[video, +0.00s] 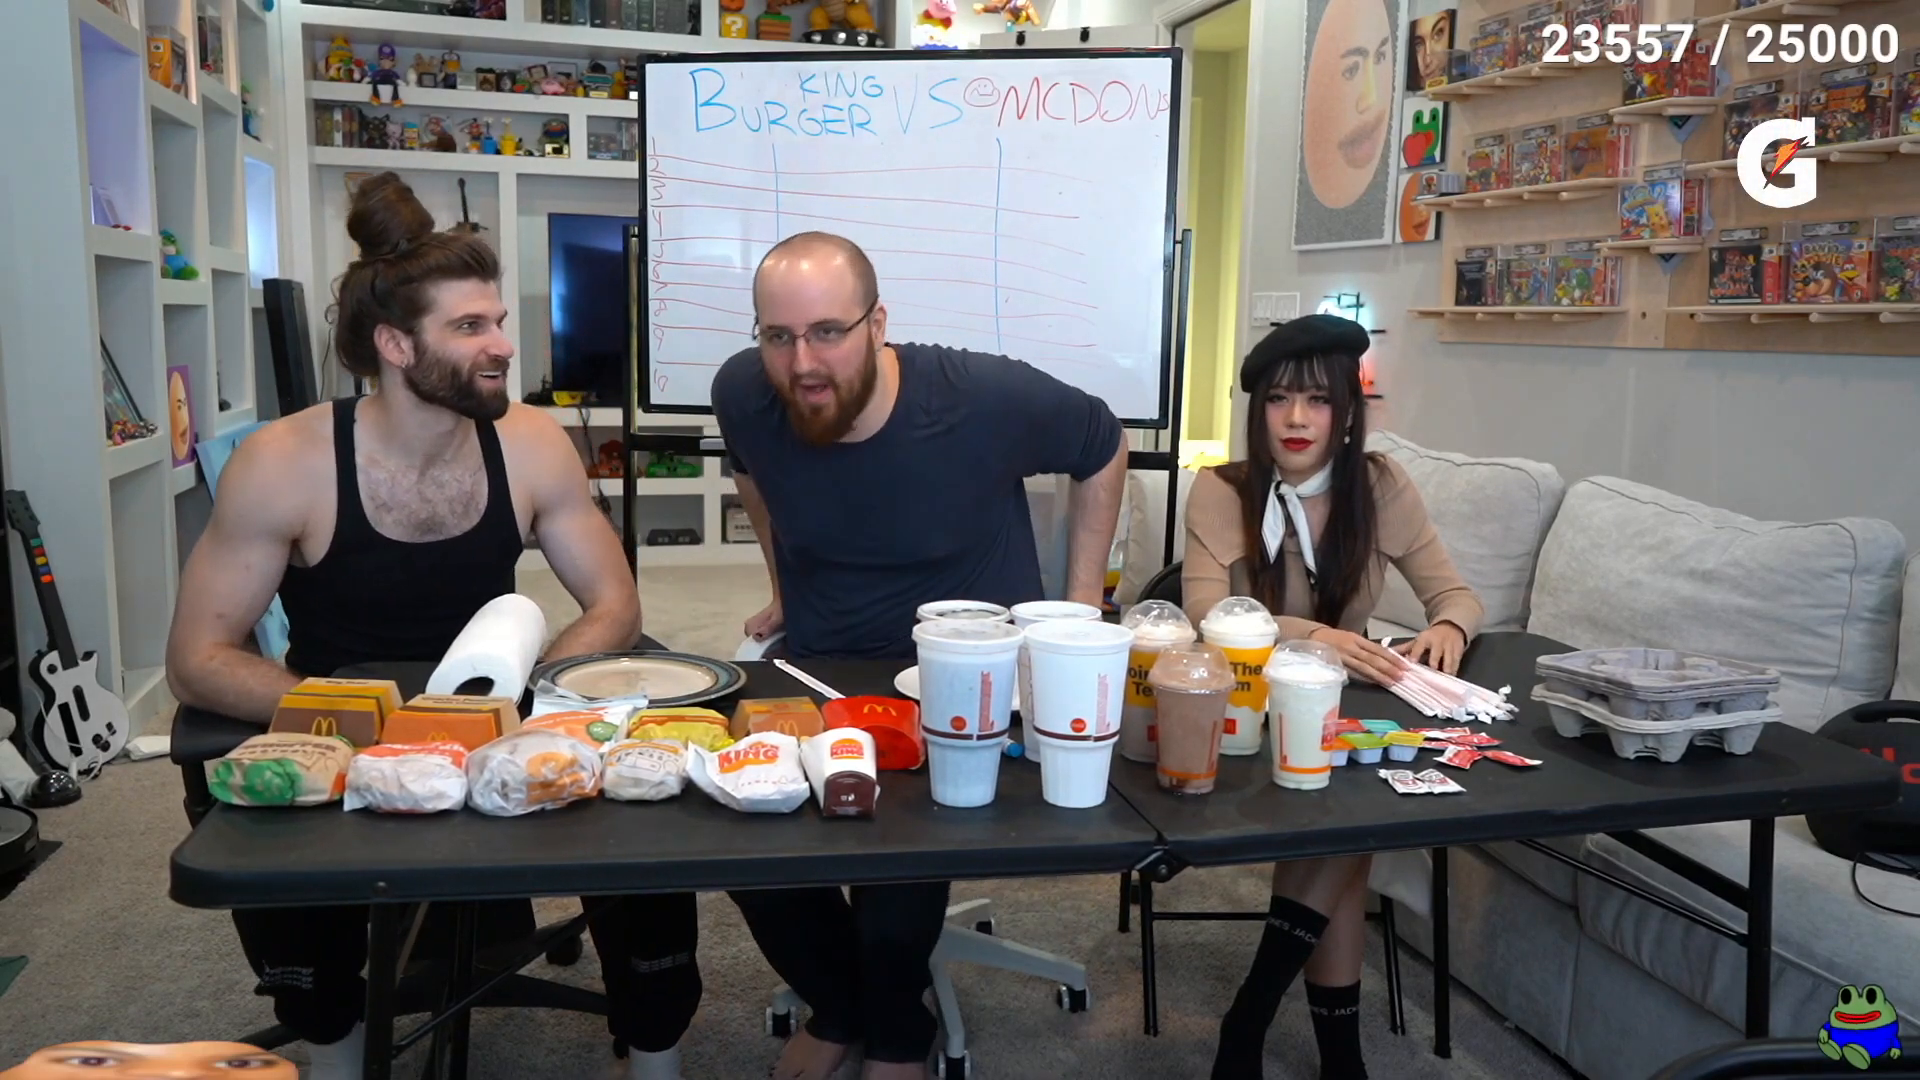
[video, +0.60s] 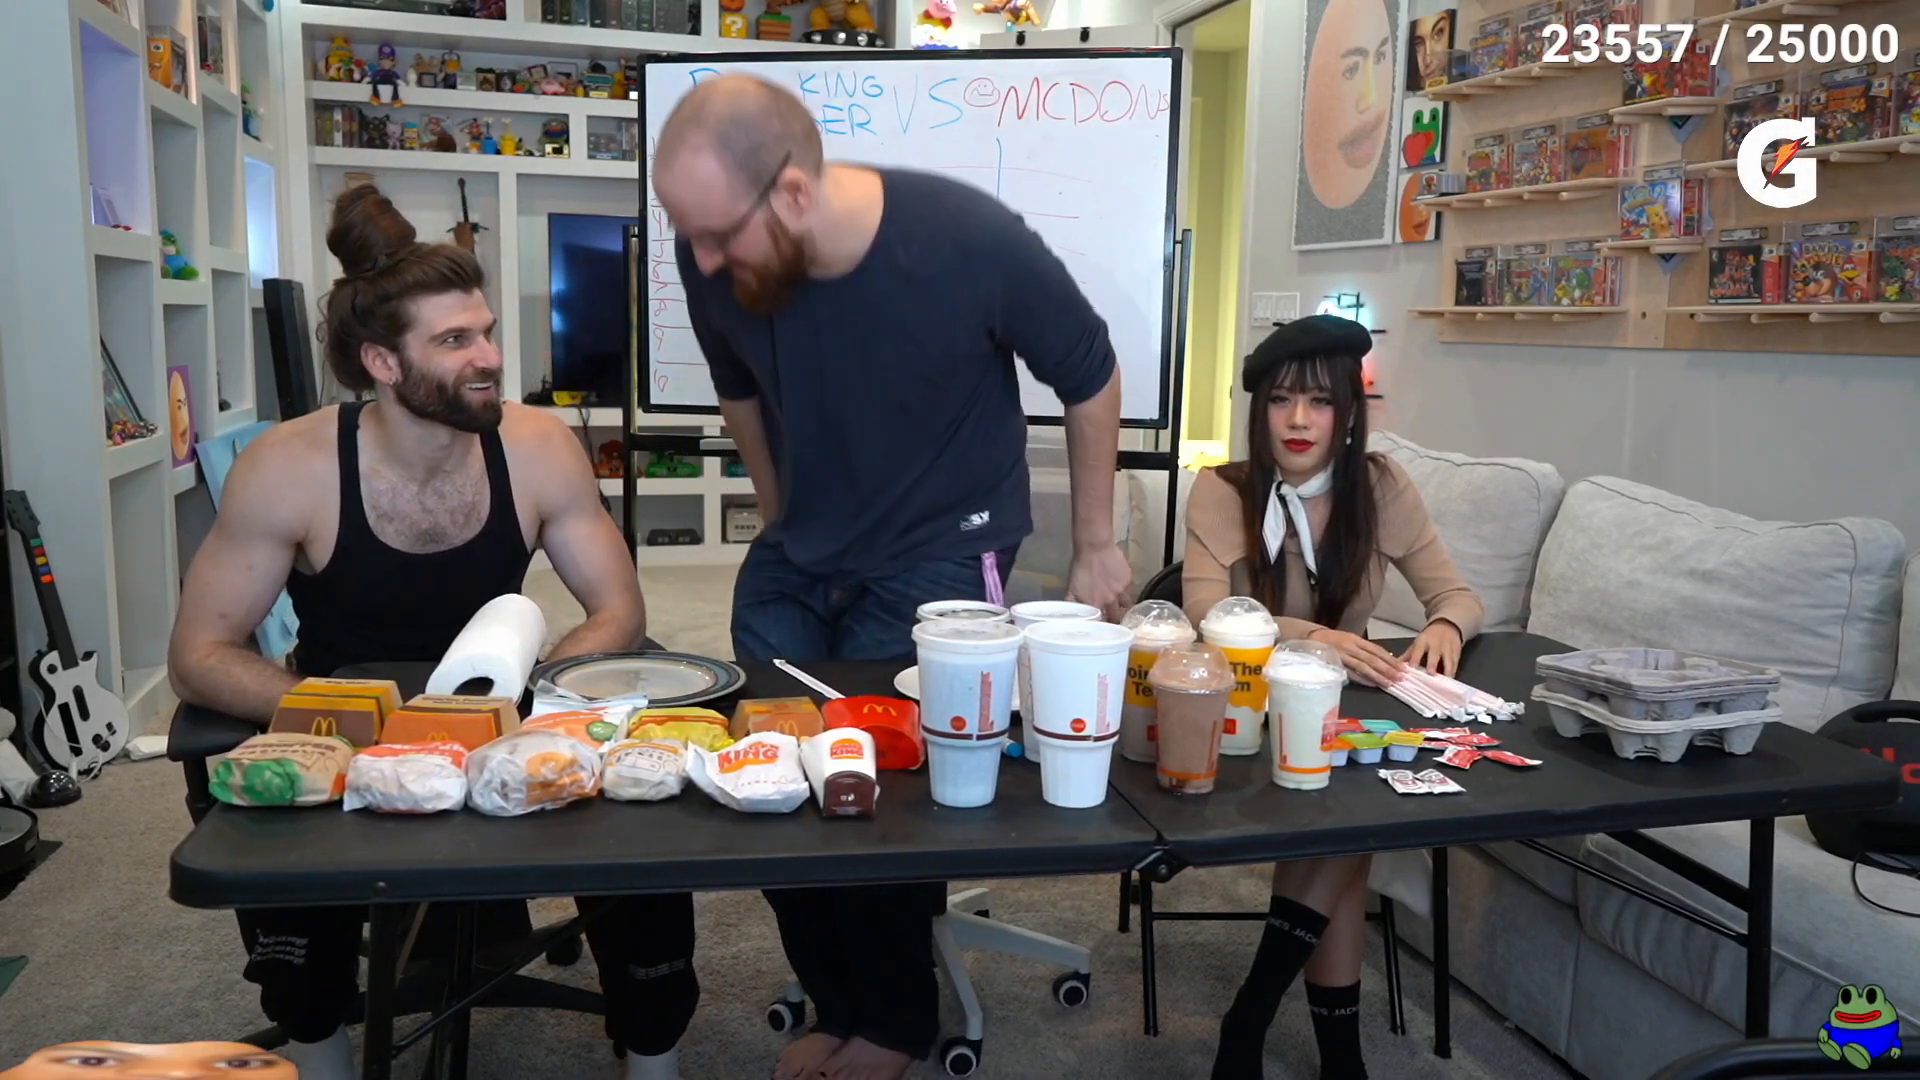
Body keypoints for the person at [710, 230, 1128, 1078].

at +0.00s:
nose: (803, 362)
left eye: (827, 334)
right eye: (780, 337)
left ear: (876, 324)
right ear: (759, 333)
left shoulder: (981, 396)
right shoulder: (744, 395)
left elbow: (1104, 444)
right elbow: (754, 482)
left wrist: (1082, 606)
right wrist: (784, 590)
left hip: (953, 683)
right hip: (814, 674)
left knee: (900, 846)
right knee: (748, 828)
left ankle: (894, 1040)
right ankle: (835, 1013)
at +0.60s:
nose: (703, 262)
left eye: (716, 238)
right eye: (690, 240)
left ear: (795, 189)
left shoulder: (970, 240)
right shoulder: (711, 250)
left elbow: (1090, 373)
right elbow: (740, 390)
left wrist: (1097, 544)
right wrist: (779, 516)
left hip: (934, 571)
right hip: (796, 560)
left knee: (873, 811)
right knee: (763, 798)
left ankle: (898, 1030)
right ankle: (837, 1016)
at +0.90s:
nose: (682, 104)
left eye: (680, 76)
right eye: (672, 82)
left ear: (746, 46)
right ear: (744, 50)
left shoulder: (950, 155)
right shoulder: (763, 150)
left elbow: (1052, 350)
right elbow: (780, 323)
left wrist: (1018, 538)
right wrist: (782, 461)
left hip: (903, 541)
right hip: (776, 514)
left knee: (854, 797)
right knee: (731, 760)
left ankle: (900, 1023)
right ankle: (814, 982)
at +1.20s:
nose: (634, 79)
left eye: (623, 49)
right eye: (621, 55)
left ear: (671, 20)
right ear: (686, 18)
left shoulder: (854, 121)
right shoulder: (765, 122)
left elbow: (972, 335)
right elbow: (827, 328)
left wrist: (894, 521)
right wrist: (784, 485)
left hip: (866, 522)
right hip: (783, 505)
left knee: (850, 771)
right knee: (716, 730)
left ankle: (893, 1025)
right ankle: (770, 980)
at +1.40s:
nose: (602, 86)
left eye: (589, 56)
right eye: (588, 64)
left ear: (621, 23)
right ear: (650, 18)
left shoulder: (783, 93)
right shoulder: (741, 111)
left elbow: (885, 311)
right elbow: (793, 318)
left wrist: (758, 463)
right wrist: (753, 464)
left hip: (860, 481)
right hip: (794, 478)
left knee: (809, 734)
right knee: (692, 691)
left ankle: (897, 1022)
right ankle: (724, 941)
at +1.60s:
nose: (568, 84)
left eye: (560, 57)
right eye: (558, 65)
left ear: (586, 24)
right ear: (638, 15)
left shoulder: (714, 100)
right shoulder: (717, 94)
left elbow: (757, 317)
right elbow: (758, 311)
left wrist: (652, 381)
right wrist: (664, 382)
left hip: (792, 472)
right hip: (766, 468)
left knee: (778, 741)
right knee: (703, 703)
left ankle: (894, 1016)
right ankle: (719, 903)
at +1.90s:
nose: (489, 88)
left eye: (481, 68)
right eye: (482, 71)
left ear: (493, 55)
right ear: (576, 35)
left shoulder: (566, 137)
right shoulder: (689, 111)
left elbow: (606, 338)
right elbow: (716, 291)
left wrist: (524, 384)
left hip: (683, 477)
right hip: (774, 457)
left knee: (657, 707)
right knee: (740, 703)